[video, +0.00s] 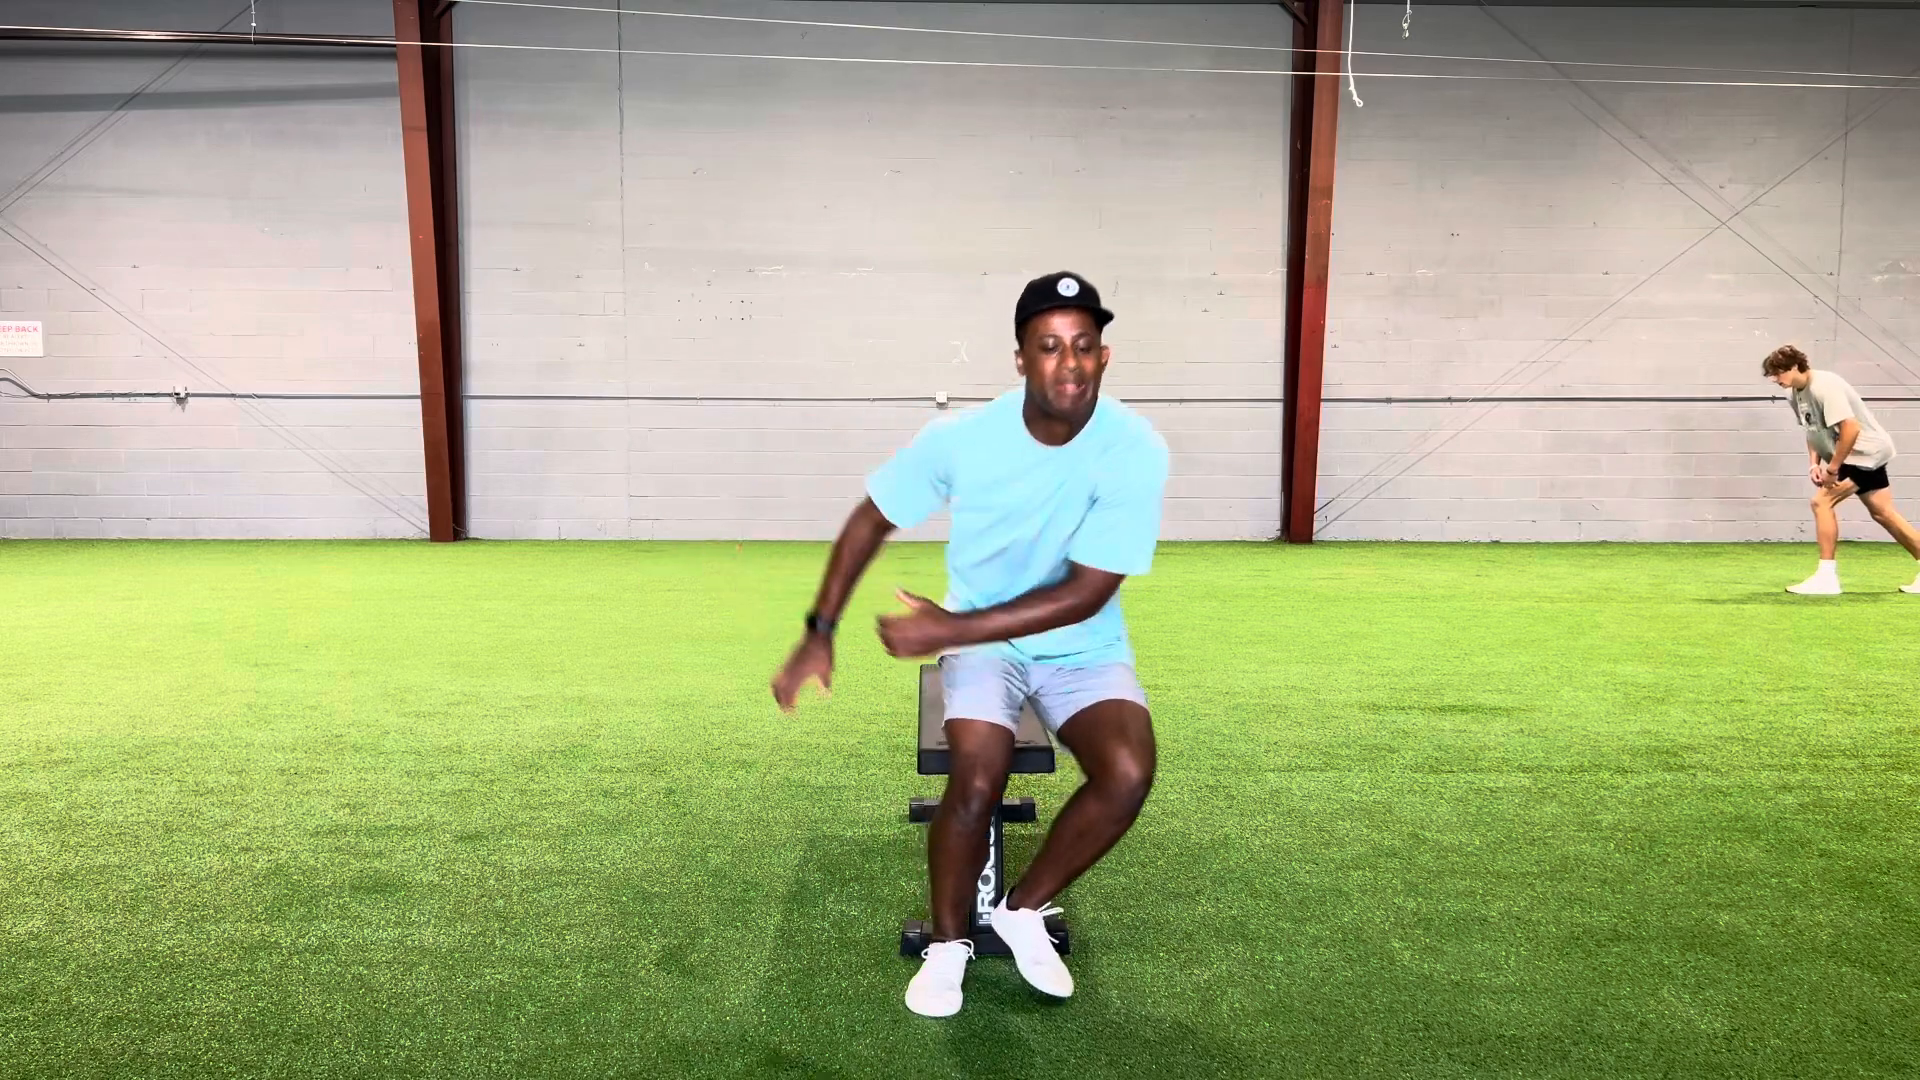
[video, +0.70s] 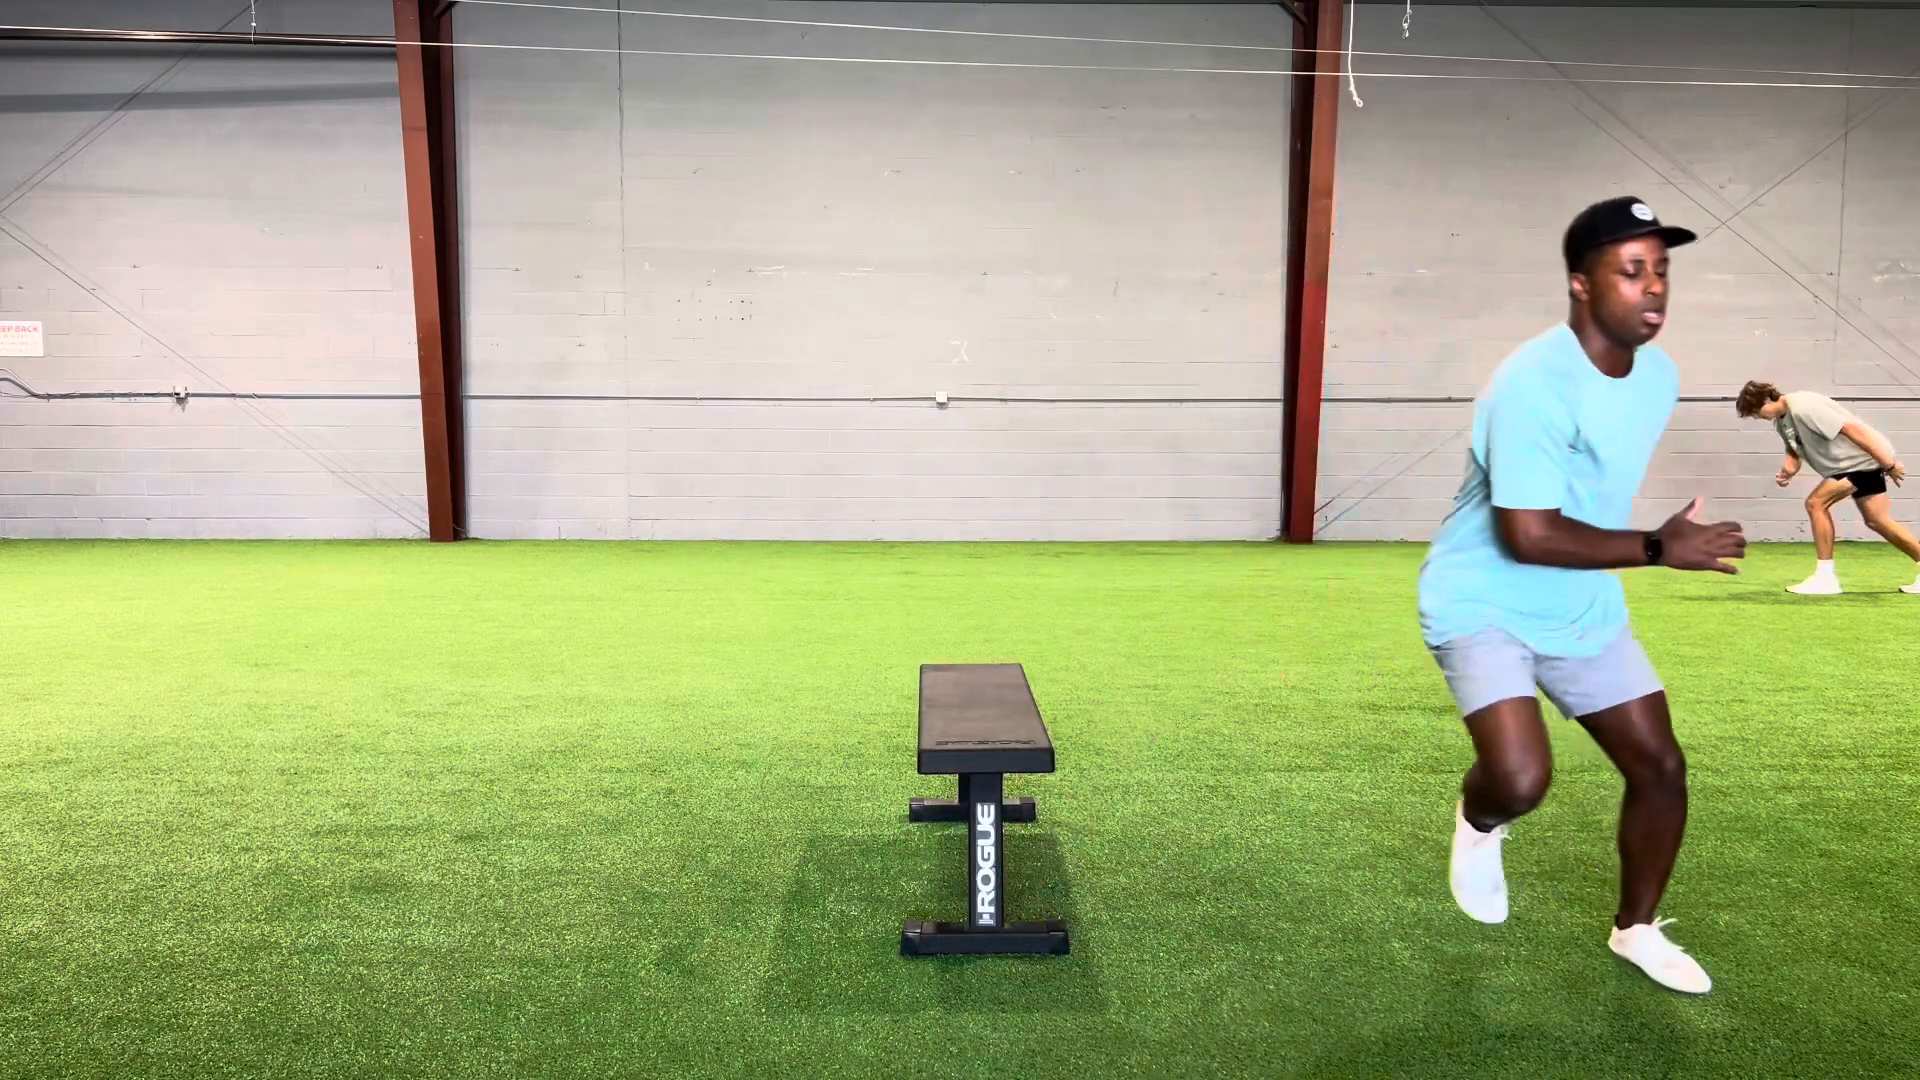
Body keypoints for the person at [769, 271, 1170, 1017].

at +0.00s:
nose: (1071, 365)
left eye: (1085, 346)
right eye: (1050, 347)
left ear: (1104, 356)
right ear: (1021, 359)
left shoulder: (1134, 451)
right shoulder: (962, 440)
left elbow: (1087, 593)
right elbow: (871, 518)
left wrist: (954, 627)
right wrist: (819, 631)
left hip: (1083, 641)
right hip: (982, 637)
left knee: (1127, 773)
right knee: (976, 778)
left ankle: (1022, 909)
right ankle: (948, 944)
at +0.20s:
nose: (1166, 281)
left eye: (1178, 266)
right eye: (1146, 269)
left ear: (1196, 274)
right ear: (1109, 284)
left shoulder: (1250, 348)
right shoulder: (1074, 357)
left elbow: (1371, 378)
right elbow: (1041, 434)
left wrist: (1406, 351)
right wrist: (1164, 373)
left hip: (1189, 599)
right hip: (1070, 606)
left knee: (1311, 682)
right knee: (1008, 762)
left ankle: (1228, 851)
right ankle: (950, 942)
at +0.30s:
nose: (1273, 206)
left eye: (1284, 191)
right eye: (1251, 193)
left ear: (1299, 203)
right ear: (1208, 211)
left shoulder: (1339, 272)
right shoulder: (1172, 271)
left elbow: (1456, 271)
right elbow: (1142, 323)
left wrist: (1520, 234)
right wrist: (1285, 269)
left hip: (1283, 547)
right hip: (1163, 556)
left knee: (1432, 657)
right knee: (1071, 727)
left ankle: (1340, 807)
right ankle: (980, 915)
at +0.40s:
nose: (1365, 169)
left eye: (1373, 154)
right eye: (1343, 155)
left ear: (1383, 167)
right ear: (1298, 171)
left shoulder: (1419, 247)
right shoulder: (1258, 250)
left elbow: (1534, 284)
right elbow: (1248, 342)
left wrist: (1648, 288)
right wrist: (1393, 308)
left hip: (1382, 520)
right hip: (1262, 519)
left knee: (1512, 673)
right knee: (1164, 688)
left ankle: (1491, 835)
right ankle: (1064, 842)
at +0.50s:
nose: (1466, 194)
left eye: (1472, 178)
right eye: (1445, 178)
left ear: (1478, 187)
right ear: (1395, 191)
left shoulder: (1508, 272)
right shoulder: (1351, 279)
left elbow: (1580, 363)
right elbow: (1353, 414)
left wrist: (1668, 412)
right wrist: (1503, 395)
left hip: (1472, 540)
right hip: (1354, 533)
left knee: (1560, 717)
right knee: (1265, 702)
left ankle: (1624, 901)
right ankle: (1204, 794)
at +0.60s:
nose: (1569, 254)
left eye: (1573, 237)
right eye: (1546, 239)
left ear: (1580, 244)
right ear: (1496, 253)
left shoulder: (1593, 338)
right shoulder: (1451, 354)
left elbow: (1580, 434)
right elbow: (1458, 504)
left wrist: (1626, 537)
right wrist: (1612, 506)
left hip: (1548, 586)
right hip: (1439, 581)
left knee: (1634, 759)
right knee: (1401, 753)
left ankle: (1635, 928)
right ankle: (1364, 803)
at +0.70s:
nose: (1656, 288)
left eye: (1662, 270)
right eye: (1634, 272)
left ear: (1668, 279)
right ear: (1582, 288)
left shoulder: (1657, 379)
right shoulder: (1531, 383)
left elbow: (1598, 496)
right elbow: (1529, 534)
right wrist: (1657, 546)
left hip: (1580, 595)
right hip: (1479, 591)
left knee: (1660, 766)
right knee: (1519, 779)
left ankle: (1635, 927)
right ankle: (1475, 825)